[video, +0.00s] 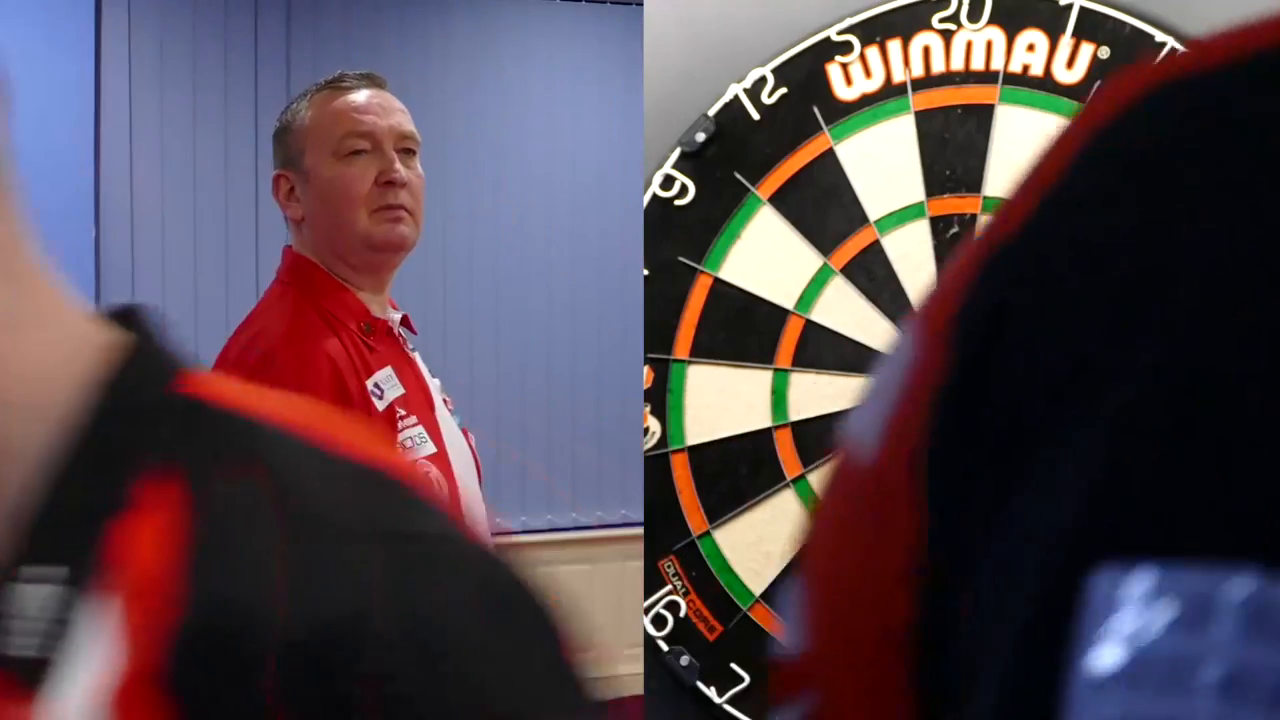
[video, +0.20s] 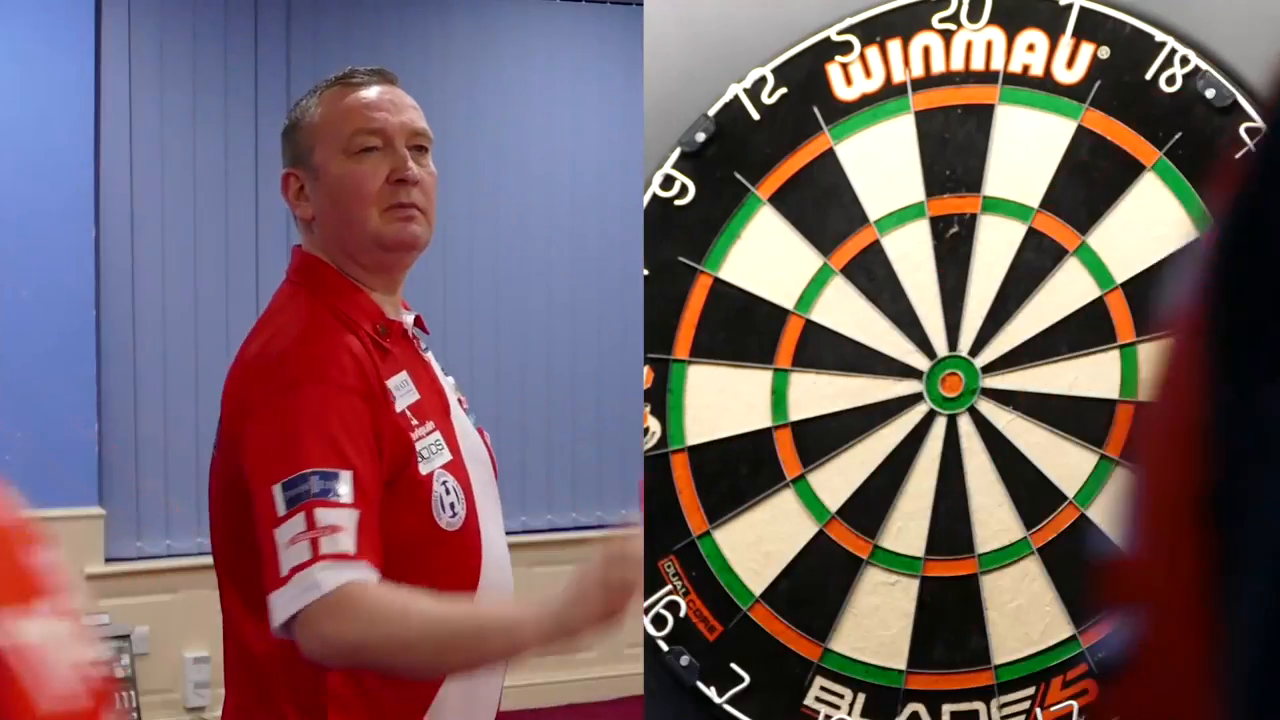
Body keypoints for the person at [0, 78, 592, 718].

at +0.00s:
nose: (395, 173)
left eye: (407, 153)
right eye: (358, 152)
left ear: (425, 180)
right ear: (291, 194)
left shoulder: (382, 327)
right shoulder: (285, 352)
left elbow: (443, 510)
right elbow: (268, 580)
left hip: (437, 659)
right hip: (353, 679)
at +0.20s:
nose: (409, 171)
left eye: (420, 150)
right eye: (369, 149)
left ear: (435, 176)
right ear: (301, 195)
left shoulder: (391, 329)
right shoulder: (306, 350)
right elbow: (327, 615)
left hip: (442, 701)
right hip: (360, 706)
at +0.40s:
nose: (418, 169)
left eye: (430, 148)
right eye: (378, 148)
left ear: (444, 171)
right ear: (308, 195)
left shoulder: (398, 326)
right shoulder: (321, 346)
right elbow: (414, 538)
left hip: (445, 697)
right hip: (363, 704)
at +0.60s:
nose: (427, 168)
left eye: (437, 147)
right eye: (385, 147)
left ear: (455, 170)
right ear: (316, 196)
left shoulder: (420, 327)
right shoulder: (334, 340)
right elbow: (473, 439)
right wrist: (524, 185)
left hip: (467, 700)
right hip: (365, 704)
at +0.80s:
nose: (430, 170)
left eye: (440, 148)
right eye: (388, 149)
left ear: (456, 168)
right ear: (318, 198)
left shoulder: (428, 330)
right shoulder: (337, 342)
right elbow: (490, 405)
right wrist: (511, 163)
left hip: (475, 700)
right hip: (369, 703)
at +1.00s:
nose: (429, 171)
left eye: (438, 150)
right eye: (386, 152)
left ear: (454, 170)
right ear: (316, 200)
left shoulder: (424, 331)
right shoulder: (336, 344)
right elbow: (490, 401)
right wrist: (504, 163)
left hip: (475, 700)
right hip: (372, 703)